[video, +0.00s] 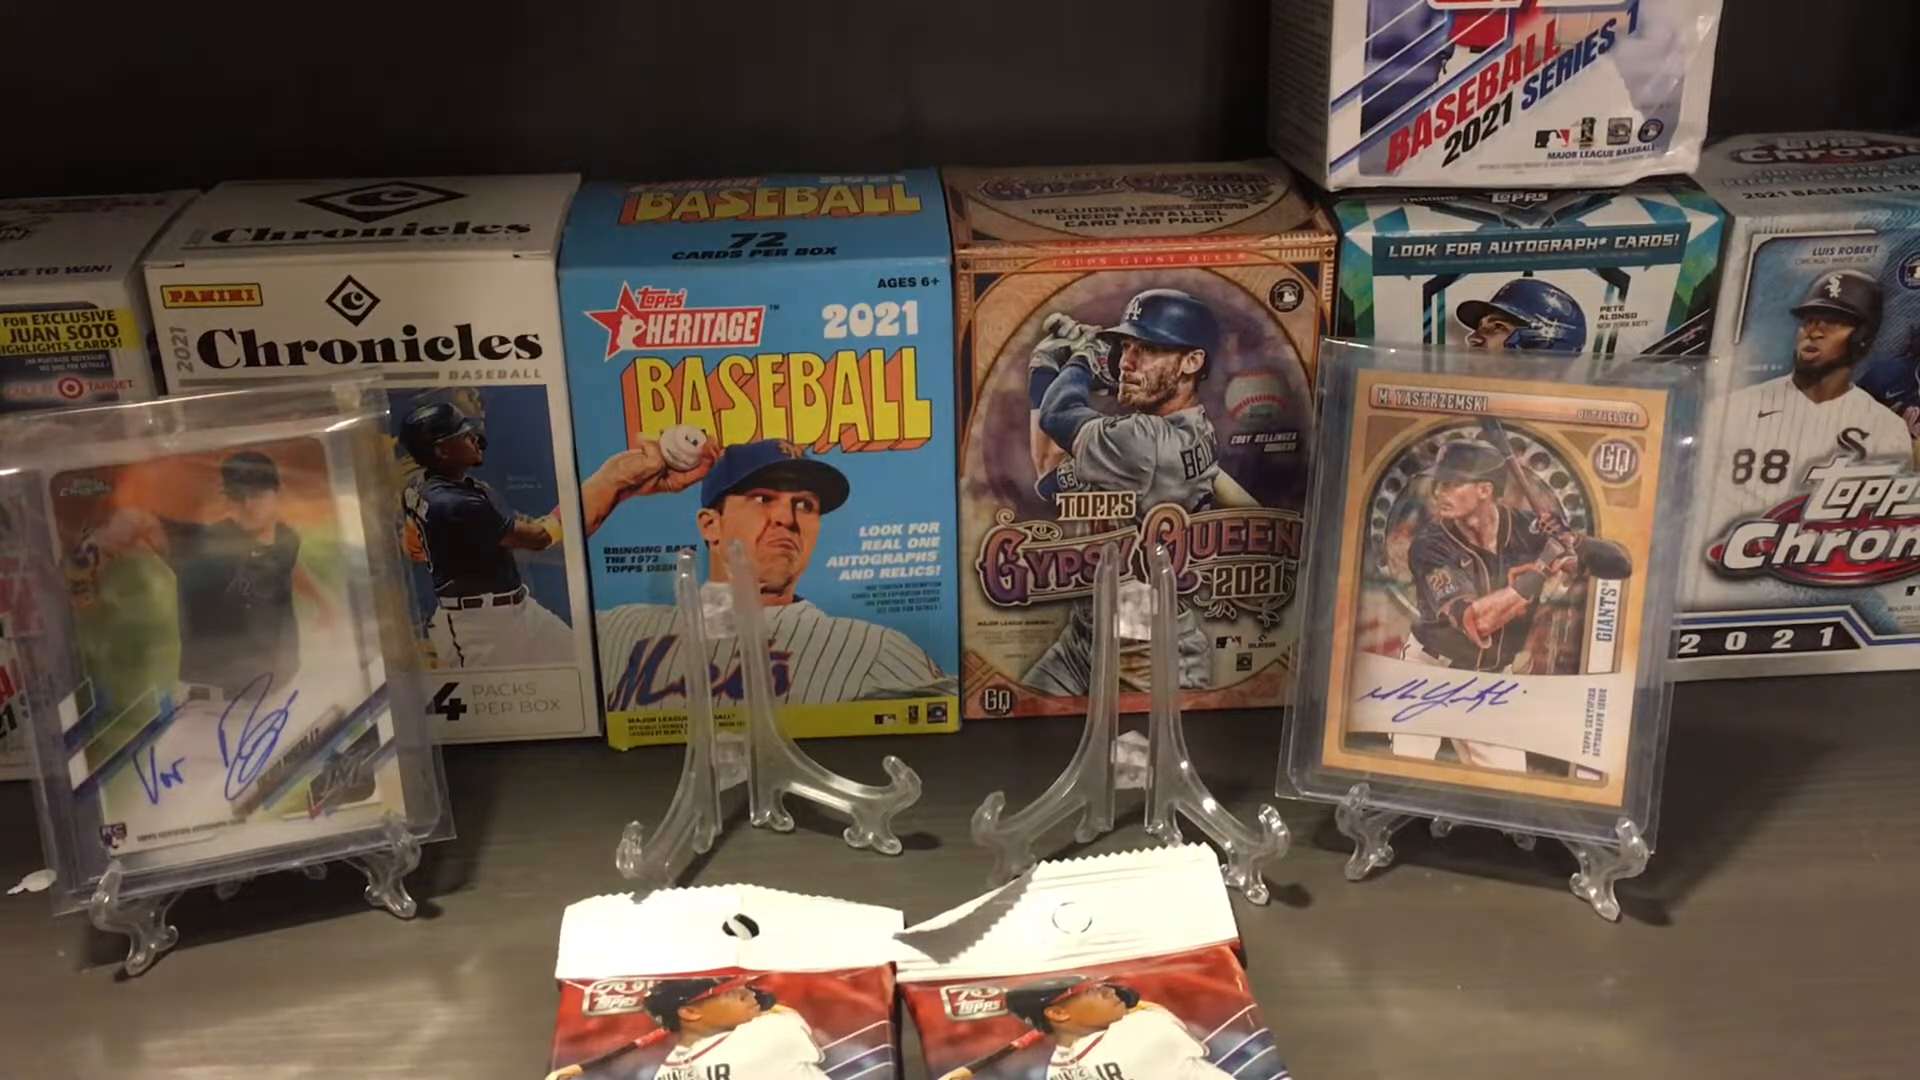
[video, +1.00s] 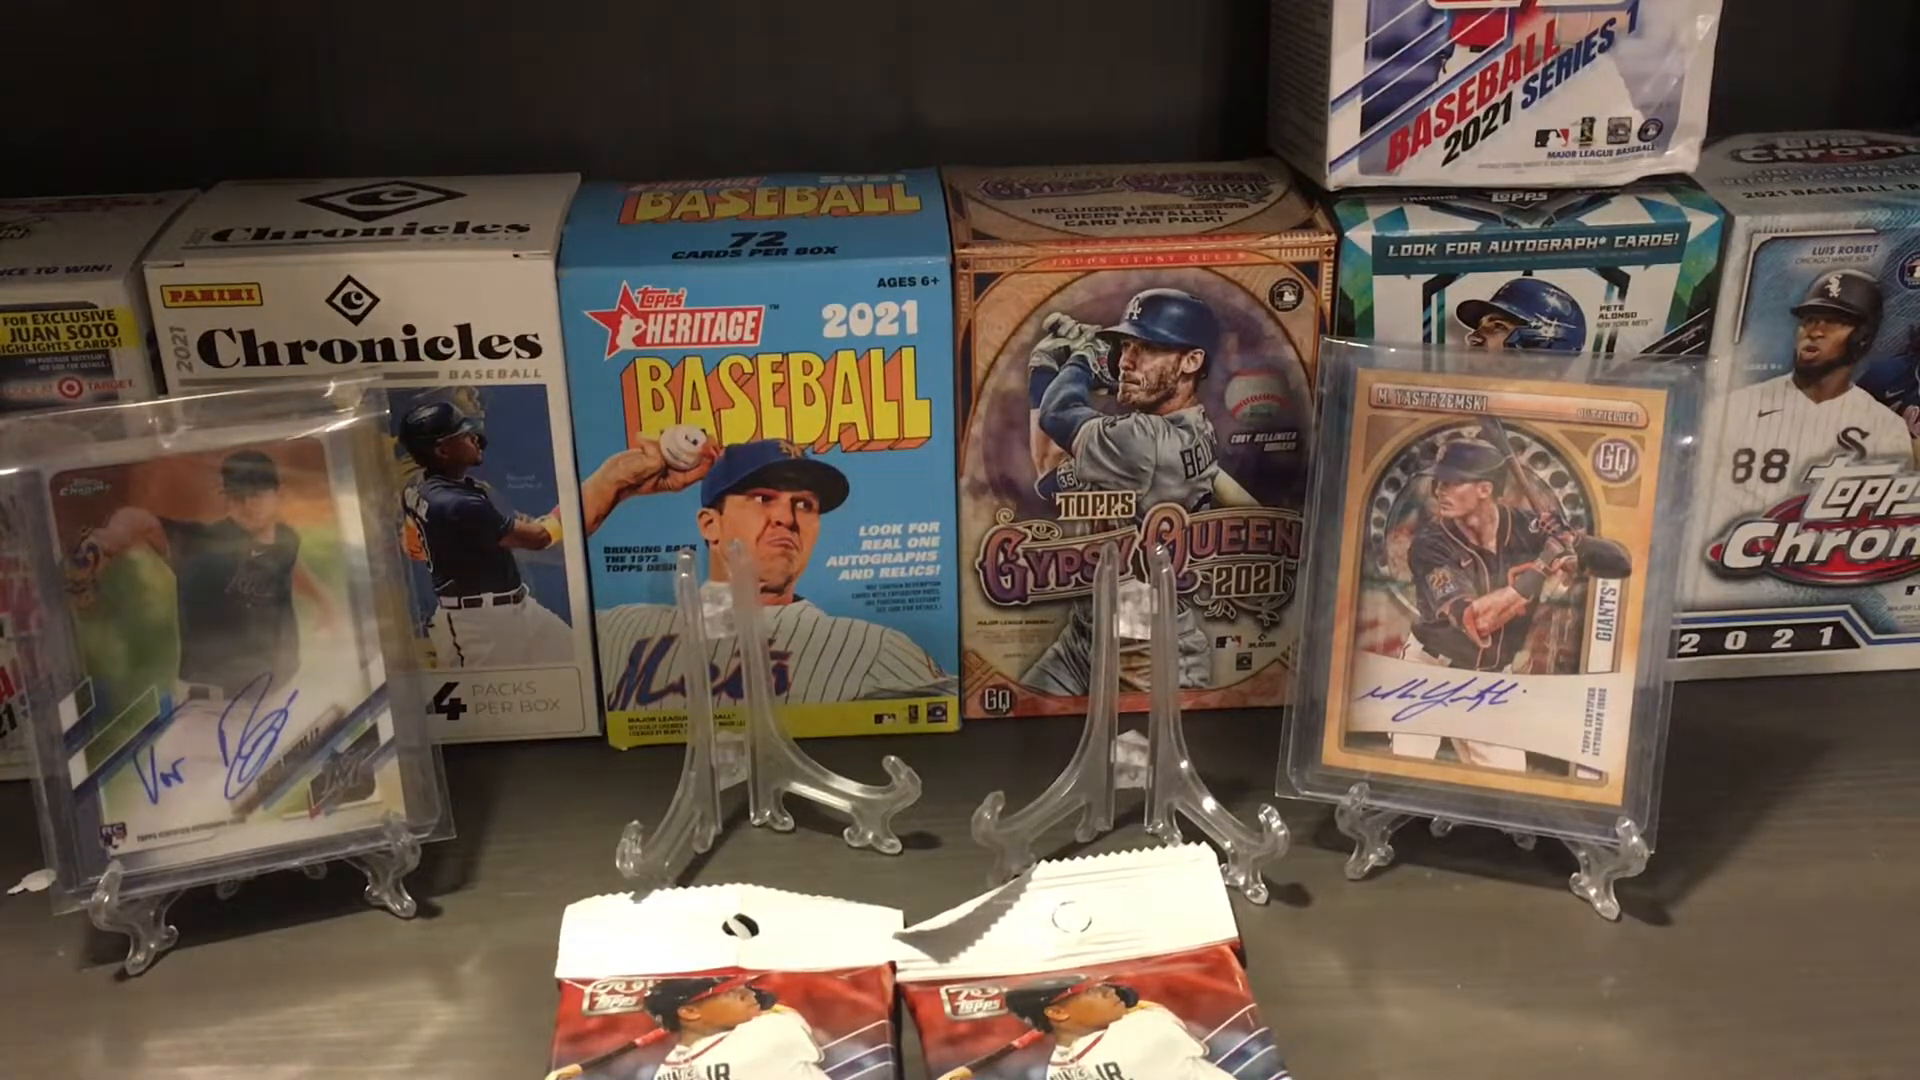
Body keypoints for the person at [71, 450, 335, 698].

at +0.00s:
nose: (247, 507)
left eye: (256, 496)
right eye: (237, 498)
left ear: (275, 496)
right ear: (227, 500)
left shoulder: (286, 540)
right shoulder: (203, 542)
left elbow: (291, 570)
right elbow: (137, 521)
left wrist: (323, 602)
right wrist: (109, 540)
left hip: (277, 686)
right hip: (215, 693)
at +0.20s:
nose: (247, 506)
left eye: (256, 495)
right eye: (237, 497)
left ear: (275, 495)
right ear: (227, 500)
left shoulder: (286, 540)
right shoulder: (203, 542)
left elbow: (291, 569)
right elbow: (140, 521)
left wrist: (323, 601)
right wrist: (104, 545)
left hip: (276, 685)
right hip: (213, 692)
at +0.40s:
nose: (248, 506)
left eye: (257, 495)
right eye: (238, 497)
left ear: (275, 495)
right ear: (227, 500)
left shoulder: (286, 540)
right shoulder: (201, 543)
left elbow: (291, 569)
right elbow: (139, 522)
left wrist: (324, 602)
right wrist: (95, 552)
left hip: (275, 688)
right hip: (213, 694)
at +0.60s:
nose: (247, 506)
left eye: (257, 495)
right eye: (237, 497)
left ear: (275, 495)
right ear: (227, 500)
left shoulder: (286, 540)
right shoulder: (202, 542)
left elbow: (292, 569)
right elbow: (141, 521)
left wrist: (324, 602)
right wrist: (111, 539)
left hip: (276, 686)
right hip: (214, 692)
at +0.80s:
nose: (248, 506)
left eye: (257, 495)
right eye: (237, 497)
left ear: (276, 495)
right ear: (227, 499)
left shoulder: (286, 540)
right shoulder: (201, 543)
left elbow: (292, 568)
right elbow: (137, 521)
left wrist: (324, 602)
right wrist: (108, 543)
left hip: (276, 691)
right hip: (214, 696)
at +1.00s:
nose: (247, 507)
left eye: (256, 496)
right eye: (237, 498)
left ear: (276, 495)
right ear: (226, 499)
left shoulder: (286, 540)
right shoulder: (201, 541)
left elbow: (291, 569)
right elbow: (134, 518)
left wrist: (324, 602)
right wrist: (111, 541)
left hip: (274, 687)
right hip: (212, 693)